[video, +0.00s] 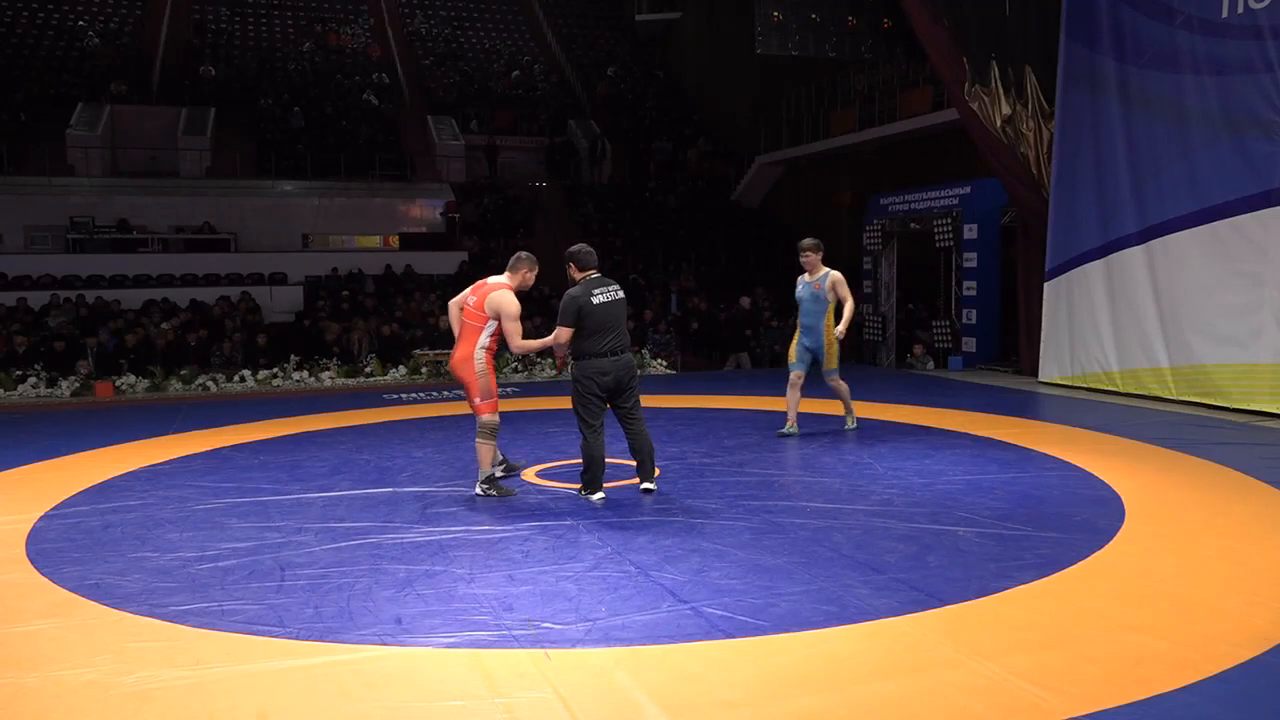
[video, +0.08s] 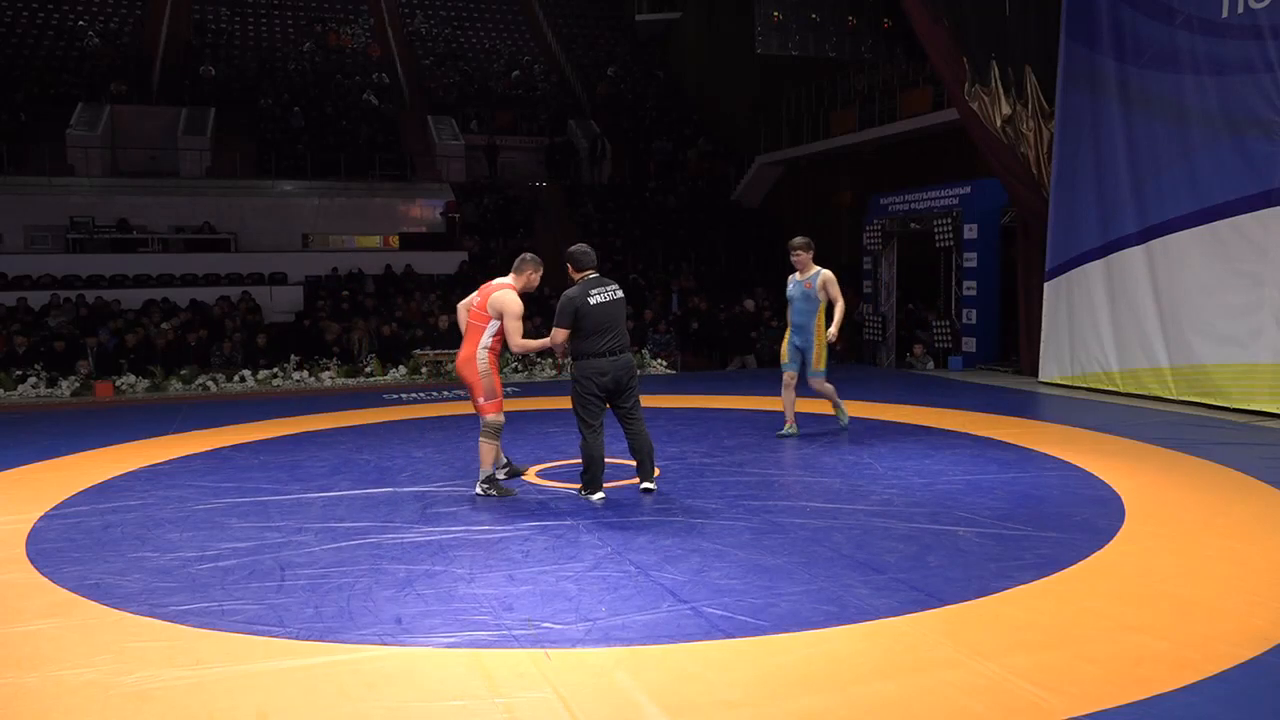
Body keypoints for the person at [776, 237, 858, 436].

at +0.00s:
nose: (804, 260)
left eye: (808, 256)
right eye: (802, 256)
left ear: (819, 256)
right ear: (799, 258)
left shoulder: (833, 277)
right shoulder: (800, 280)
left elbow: (848, 301)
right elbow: (803, 308)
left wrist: (843, 325)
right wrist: (800, 332)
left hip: (825, 338)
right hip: (802, 337)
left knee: (833, 380)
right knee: (794, 378)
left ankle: (849, 412)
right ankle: (791, 422)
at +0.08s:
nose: (794, 259)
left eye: (799, 255)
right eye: (792, 255)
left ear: (810, 254)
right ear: (790, 257)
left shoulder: (825, 276)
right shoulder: (791, 279)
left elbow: (839, 302)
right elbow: (791, 307)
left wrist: (834, 327)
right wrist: (790, 332)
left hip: (815, 338)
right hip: (792, 336)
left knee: (816, 383)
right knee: (788, 379)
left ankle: (837, 404)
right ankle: (790, 422)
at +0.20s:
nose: (782, 255)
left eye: (786, 251)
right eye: (780, 251)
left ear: (798, 250)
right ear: (778, 253)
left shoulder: (813, 272)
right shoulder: (779, 275)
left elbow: (826, 301)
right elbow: (774, 305)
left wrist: (822, 329)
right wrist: (769, 333)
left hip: (802, 335)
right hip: (781, 335)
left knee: (791, 375)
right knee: (783, 379)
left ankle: (810, 407)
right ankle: (790, 420)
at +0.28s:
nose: (774, 254)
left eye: (778, 250)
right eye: (772, 251)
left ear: (790, 250)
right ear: (770, 252)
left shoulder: (806, 272)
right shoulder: (772, 273)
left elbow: (819, 301)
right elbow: (764, 302)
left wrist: (815, 331)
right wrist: (755, 327)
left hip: (795, 333)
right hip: (775, 333)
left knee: (779, 372)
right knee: (781, 376)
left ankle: (789, 418)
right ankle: (788, 417)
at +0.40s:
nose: (763, 256)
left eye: (767, 252)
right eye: (761, 252)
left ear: (779, 252)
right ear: (759, 253)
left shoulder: (794, 275)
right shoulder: (759, 275)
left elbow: (806, 305)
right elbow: (750, 302)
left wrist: (806, 336)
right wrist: (737, 323)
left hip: (783, 337)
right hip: (765, 337)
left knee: (768, 378)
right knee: (778, 381)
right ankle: (791, 420)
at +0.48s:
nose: (755, 258)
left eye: (760, 254)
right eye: (753, 254)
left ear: (772, 254)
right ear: (752, 255)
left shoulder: (786, 278)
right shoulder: (751, 277)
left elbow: (798, 309)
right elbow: (742, 304)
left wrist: (799, 339)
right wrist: (728, 322)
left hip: (774, 339)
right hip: (756, 339)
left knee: (759, 381)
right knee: (770, 382)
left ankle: (748, 430)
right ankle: (788, 419)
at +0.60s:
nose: (744, 258)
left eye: (748, 254)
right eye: (742, 254)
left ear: (761, 254)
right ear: (740, 254)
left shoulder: (774, 279)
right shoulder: (739, 277)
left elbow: (785, 311)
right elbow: (731, 304)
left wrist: (785, 342)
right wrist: (719, 323)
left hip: (760, 338)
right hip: (741, 337)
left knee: (750, 383)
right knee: (740, 388)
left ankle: (744, 431)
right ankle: (772, 409)